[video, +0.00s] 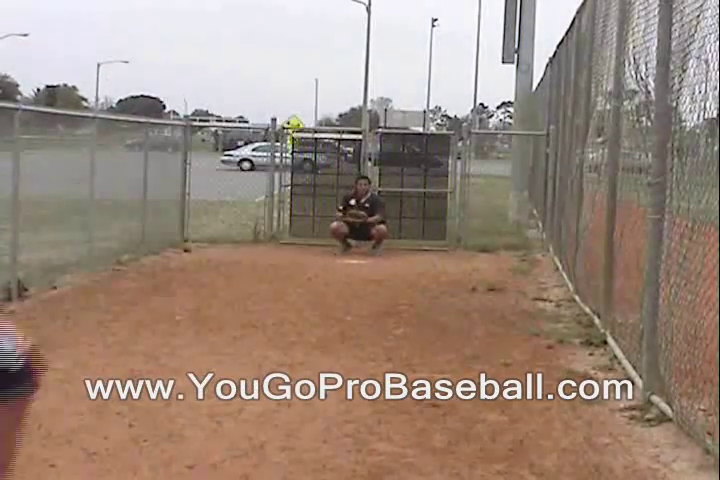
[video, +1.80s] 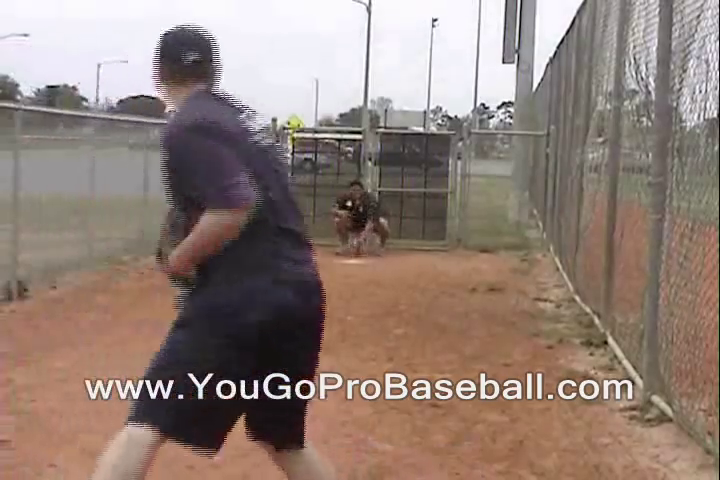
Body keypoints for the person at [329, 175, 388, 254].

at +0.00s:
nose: (362, 188)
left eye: (365, 185)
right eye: (360, 185)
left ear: (369, 187)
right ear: (355, 186)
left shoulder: (375, 200)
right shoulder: (348, 198)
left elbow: (380, 216)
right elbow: (339, 214)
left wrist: (366, 220)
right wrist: (349, 219)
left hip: (367, 227)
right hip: (351, 226)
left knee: (381, 229)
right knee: (335, 227)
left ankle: (376, 245)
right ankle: (345, 245)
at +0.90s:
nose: (362, 187)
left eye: (364, 184)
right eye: (359, 184)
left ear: (368, 187)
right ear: (355, 186)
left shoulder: (373, 200)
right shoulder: (348, 199)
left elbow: (379, 215)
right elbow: (340, 212)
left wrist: (366, 216)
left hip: (365, 227)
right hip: (350, 226)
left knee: (377, 231)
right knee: (334, 226)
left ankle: (376, 245)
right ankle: (346, 245)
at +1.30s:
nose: (361, 187)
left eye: (364, 184)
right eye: (358, 184)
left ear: (368, 187)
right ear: (354, 187)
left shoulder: (374, 199)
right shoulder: (348, 198)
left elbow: (378, 218)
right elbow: (336, 214)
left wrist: (366, 206)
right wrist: (350, 207)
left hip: (366, 228)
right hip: (350, 227)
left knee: (377, 230)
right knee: (334, 225)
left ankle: (376, 246)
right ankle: (346, 245)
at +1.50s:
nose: (358, 191)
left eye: (361, 188)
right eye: (356, 188)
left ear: (365, 190)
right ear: (352, 190)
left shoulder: (369, 201)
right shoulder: (347, 202)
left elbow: (375, 209)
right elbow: (336, 214)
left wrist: (366, 211)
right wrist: (348, 215)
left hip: (367, 230)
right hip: (350, 229)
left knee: (379, 228)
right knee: (336, 226)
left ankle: (377, 246)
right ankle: (346, 245)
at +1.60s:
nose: (356, 193)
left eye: (358, 190)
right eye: (354, 190)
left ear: (363, 191)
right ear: (351, 191)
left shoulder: (369, 201)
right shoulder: (347, 201)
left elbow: (372, 211)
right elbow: (333, 213)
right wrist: (348, 215)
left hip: (365, 227)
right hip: (351, 226)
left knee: (380, 227)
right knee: (336, 224)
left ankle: (379, 246)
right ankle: (346, 245)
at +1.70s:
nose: (356, 192)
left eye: (358, 190)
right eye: (354, 190)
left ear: (363, 191)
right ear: (350, 191)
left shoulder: (370, 202)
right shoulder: (346, 201)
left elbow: (369, 221)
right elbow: (333, 213)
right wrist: (346, 213)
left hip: (368, 226)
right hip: (353, 226)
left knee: (383, 226)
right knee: (337, 224)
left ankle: (381, 247)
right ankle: (346, 246)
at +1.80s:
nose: (356, 193)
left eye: (358, 190)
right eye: (353, 190)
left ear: (362, 191)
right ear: (349, 191)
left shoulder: (369, 201)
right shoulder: (345, 200)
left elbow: (370, 223)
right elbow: (334, 211)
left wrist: (361, 240)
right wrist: (343, 215)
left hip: (368, 222)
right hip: (353, 222)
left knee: (383, 226)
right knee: (340, 222)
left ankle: (381, 247)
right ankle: (344, 246)